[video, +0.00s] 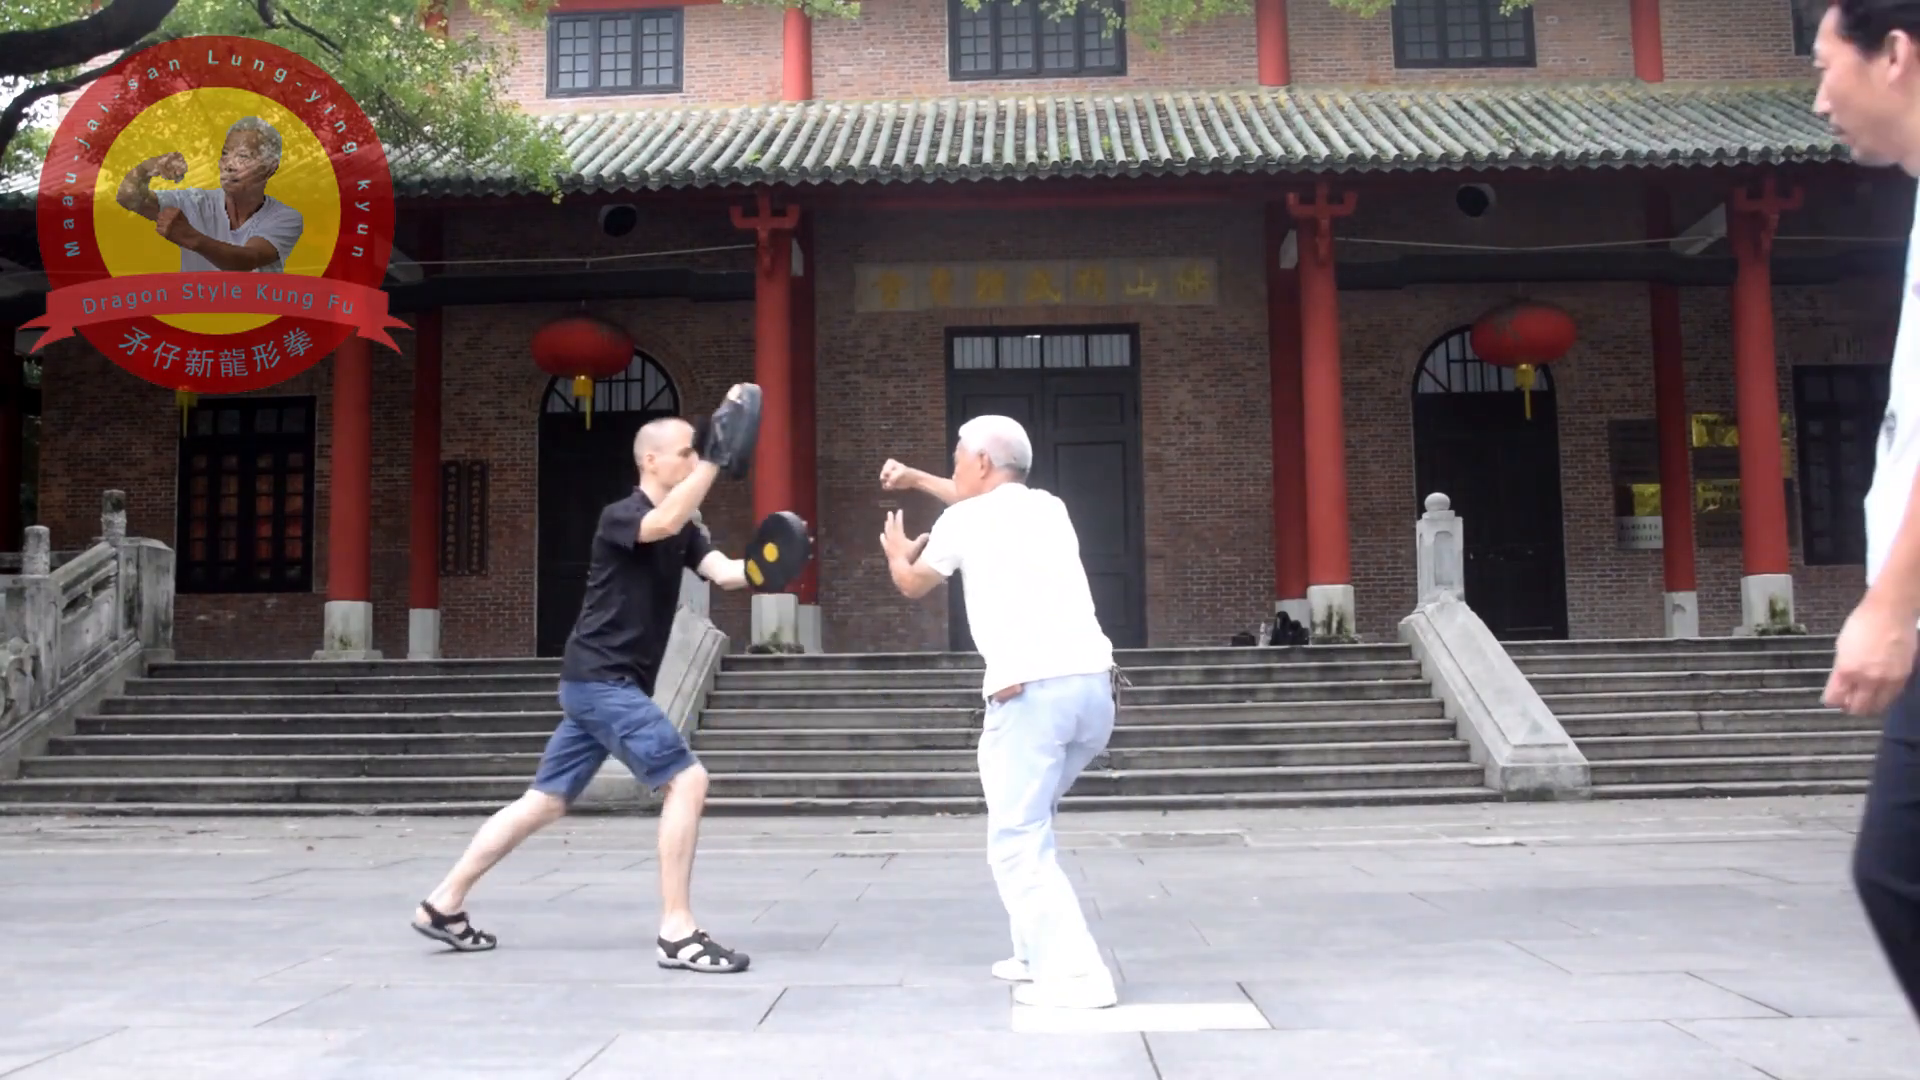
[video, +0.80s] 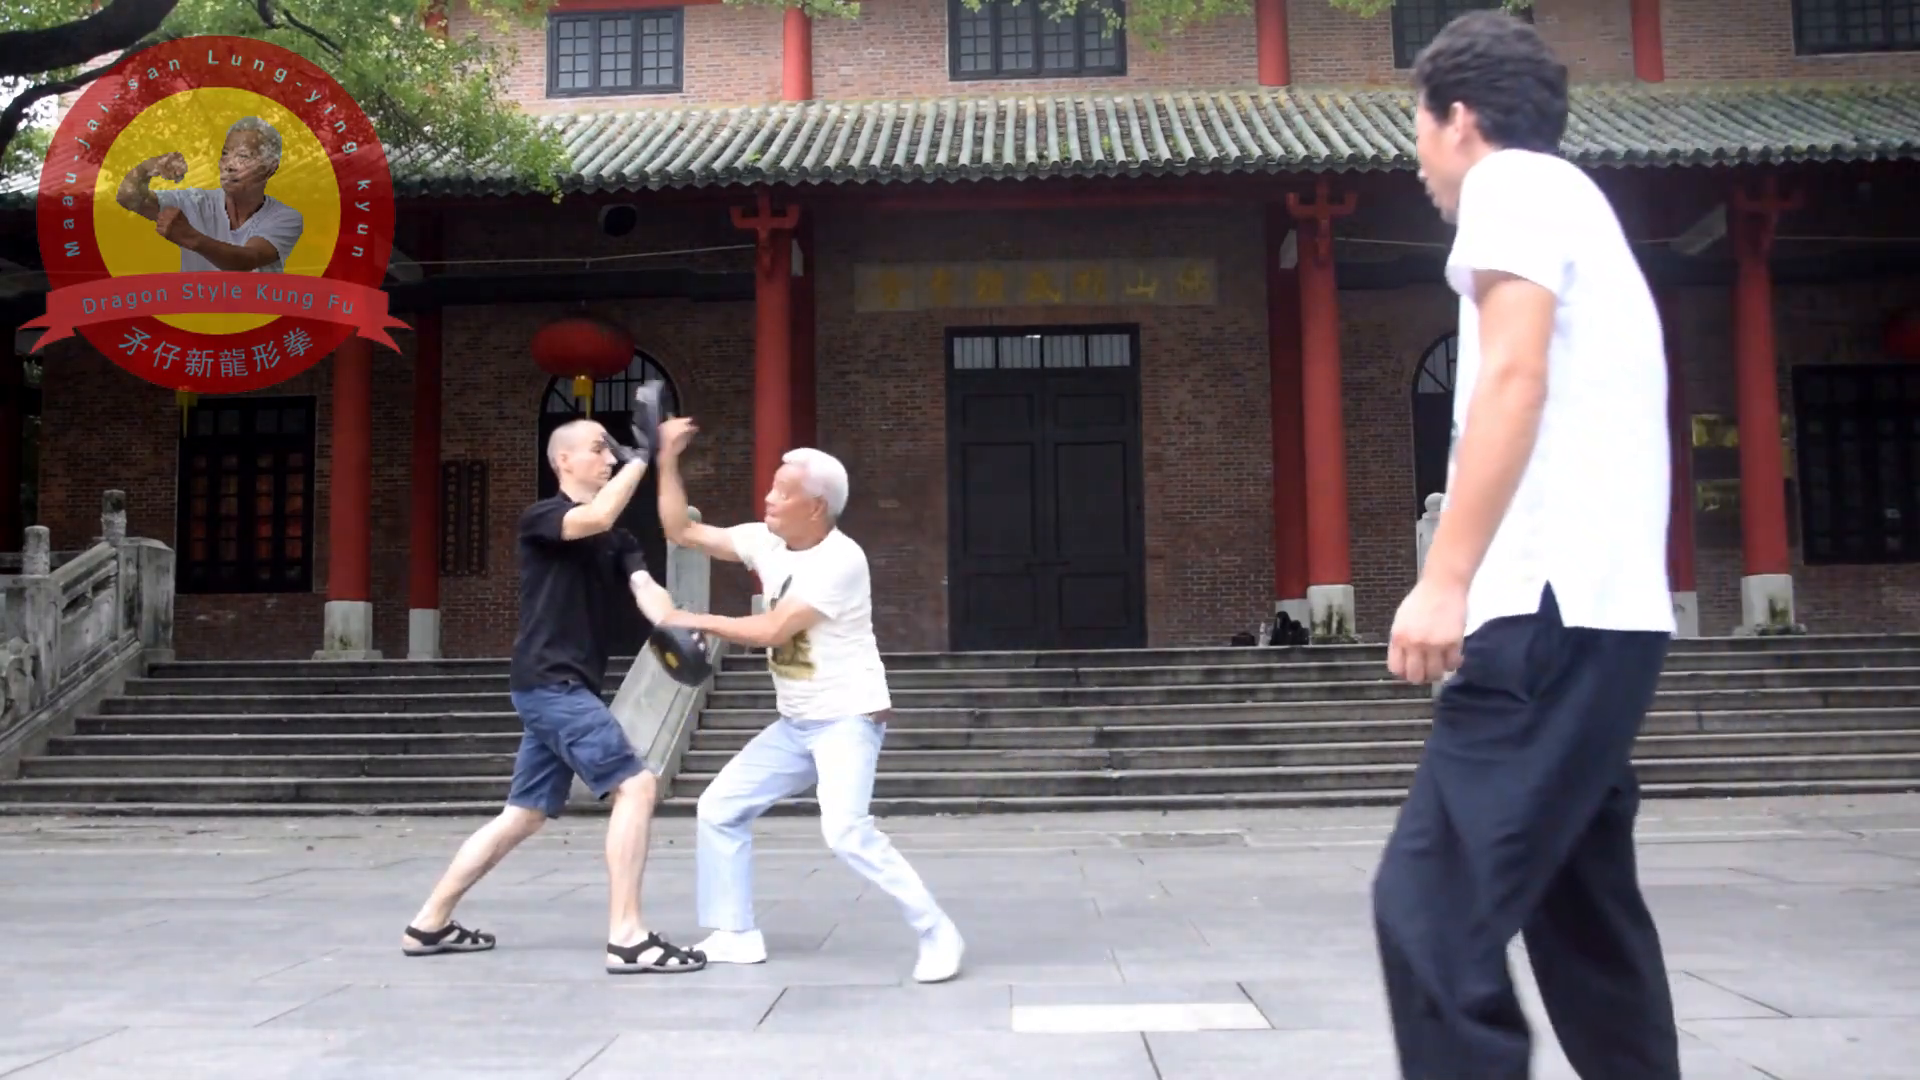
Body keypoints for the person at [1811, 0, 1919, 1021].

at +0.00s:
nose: (1818, 92)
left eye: (1826, 60)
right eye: (1817, 65)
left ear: (1897, 55)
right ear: (1896, 58)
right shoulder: (1917, 203)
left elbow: (1919, 428)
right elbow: (1912, 422)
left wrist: (1891, 605)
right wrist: (1887, 605)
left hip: (1917, 615)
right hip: (1913, 615)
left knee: (1892, 866)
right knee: (1891, 867)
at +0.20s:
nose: (1731, 119)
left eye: (1735, 88)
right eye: (1727, 92)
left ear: (1803, 73)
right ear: (1815, 75)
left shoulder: (1877, 172)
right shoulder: (1869, 177)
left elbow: (1887, 393)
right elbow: (1881, 399)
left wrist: (1791, 602)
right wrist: (1803, 604)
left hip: (1893, 631)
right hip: (1857, 629)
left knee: (1919, 934)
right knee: (1769, 910)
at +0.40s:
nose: (1623, 137)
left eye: (1631, 109)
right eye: (1624, 111)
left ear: (1687, 100)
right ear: (1708, 106)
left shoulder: (1747, 178)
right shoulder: (1781, 190)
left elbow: (1744, 388)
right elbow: (1785, 412)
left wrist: (1664, 587)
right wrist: (1686, 597)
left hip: (1793, 629)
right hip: (1731, 634)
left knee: (1900, 939)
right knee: (1640, 927)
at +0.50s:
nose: (1571, 134)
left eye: (1576, 106)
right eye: (1570, 109)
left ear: (1629, 100)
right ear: (1673, 102)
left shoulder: (1682, 167)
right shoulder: (1715, 186)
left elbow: (1672, 372)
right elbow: (1710, 405)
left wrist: (1600, 572)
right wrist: (1616, 578)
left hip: (1713, 613)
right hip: (1662, 618)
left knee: (1762, 924)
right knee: (1620, 931)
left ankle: (1897, 1051)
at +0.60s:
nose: (1518, 136)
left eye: (1522, 111)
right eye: (1516, 114)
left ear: (1572, 104)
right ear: (1623, 106)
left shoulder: (1624, 168)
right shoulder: (1666, 189)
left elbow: (1613, 371)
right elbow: (1647, 401)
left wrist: (1535, 563)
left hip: (1658, 603)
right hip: (1652, 602)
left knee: (1620, 920)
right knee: (1605, 922)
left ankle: (1844, 1067)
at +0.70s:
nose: (1467, 145)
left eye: (1470, 119)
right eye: (1467, 121)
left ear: (1515, 112)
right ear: (1565, 112)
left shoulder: (1567, 174)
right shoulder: (1622, 193)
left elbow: (1563, 373)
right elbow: (1611, 409)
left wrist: (1482, 567)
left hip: (1606, 612)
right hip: (1644, 610)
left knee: (1502, 893)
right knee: (1617, 911)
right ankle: (1647, 1067)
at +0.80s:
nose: (1418, 150)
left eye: (1421, 125)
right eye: (1418, 126)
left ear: (1464, 120)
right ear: (1520, 119)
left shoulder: (1512, 185)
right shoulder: (1579, 207)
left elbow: (1515, 380)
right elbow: (1588, 425)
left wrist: (1444, 578)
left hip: (1554, 615)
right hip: (1605, 616)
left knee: (1426, 902)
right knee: (1588, 917)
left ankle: (1474, 1068)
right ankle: (1639, 1072)